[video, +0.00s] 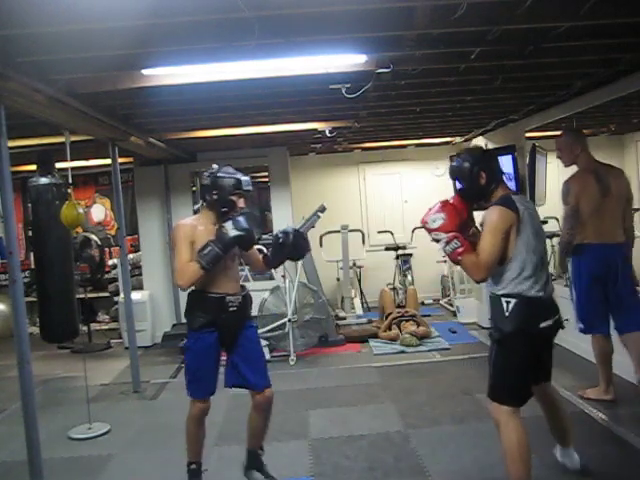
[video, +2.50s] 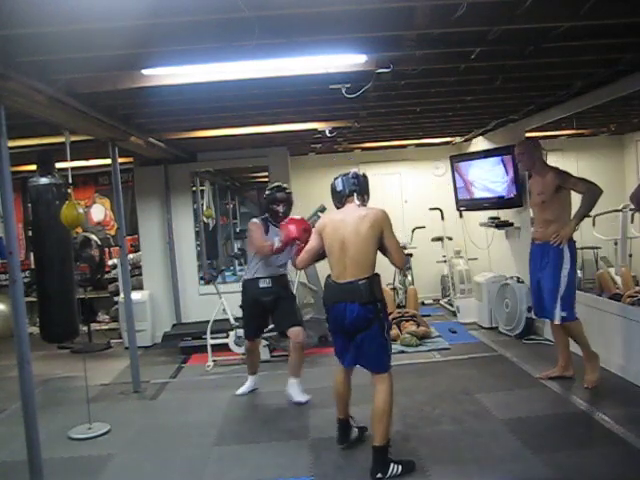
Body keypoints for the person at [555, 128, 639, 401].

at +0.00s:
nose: (558, 155)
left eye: (561, 149)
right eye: (557, 150)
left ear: (577, 148)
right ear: (582, 147)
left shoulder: (573, 183)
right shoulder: (618, 175)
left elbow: (568, 229)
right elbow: (628, 224)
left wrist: (561, 258)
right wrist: (627, 260)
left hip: (588, 256)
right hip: (619, 254)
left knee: (598, 326)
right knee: (629, 322)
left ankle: (605, 387)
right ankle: (637, 378)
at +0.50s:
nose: (539, 156)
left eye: (542, 152)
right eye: (538, 152)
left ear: (555, 152)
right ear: (552, 154)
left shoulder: (565, 181)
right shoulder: (571, 179)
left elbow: (558, 226)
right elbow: (567, 220)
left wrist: (536, 252)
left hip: (569, 249)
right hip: (566, 248)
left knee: (583, 313)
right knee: (559, 309)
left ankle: (604, 380)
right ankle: (560, 365)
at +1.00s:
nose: (524, 156)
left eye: (528, 150)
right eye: (522, 151)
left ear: (540, 151)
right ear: (521, 155)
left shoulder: (559, 176)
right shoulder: (529, 188)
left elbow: (583, 212)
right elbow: (517, 224)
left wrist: (571, 244)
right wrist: (498, 253)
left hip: (569, 246)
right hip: (547, 248)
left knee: (572, 312)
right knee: (556, 313)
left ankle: (585, 372)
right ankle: (560, 367)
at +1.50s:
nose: (548, 153)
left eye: (553, 149)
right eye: (546, 149)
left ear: (565, 149)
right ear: (546, 152)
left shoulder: (579, 178)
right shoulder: (552, 182)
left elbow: (595, 222)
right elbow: (553, 222)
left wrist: (569, 253)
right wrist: (544, 253)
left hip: (579, 251)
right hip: (556, 250)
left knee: (589, 311)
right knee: (555, 308)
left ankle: (597, 369)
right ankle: (561, 366)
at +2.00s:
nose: (542, 156)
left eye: (546, 151)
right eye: (541, 151)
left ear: (559, 151)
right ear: (547, 153)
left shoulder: (577, 174)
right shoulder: (555, 175)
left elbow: (614, 192)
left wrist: (592, 227)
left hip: (578, 250)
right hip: (556, 250)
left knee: (588, 313)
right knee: (560, 310)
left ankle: (597, 370)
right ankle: (564, 365)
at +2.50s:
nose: (518, 160)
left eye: (522, 155)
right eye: (516, 157)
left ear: (537, 153)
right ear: (519, 159)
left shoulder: (556, 176)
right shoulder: (531, 180)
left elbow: (593, 191)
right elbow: (541, 207)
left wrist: (572, 225)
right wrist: (537, 226)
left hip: (559, 248)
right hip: (538, 249)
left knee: (562, 313)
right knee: (551, 311)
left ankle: (590, 357)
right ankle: (564, 365)